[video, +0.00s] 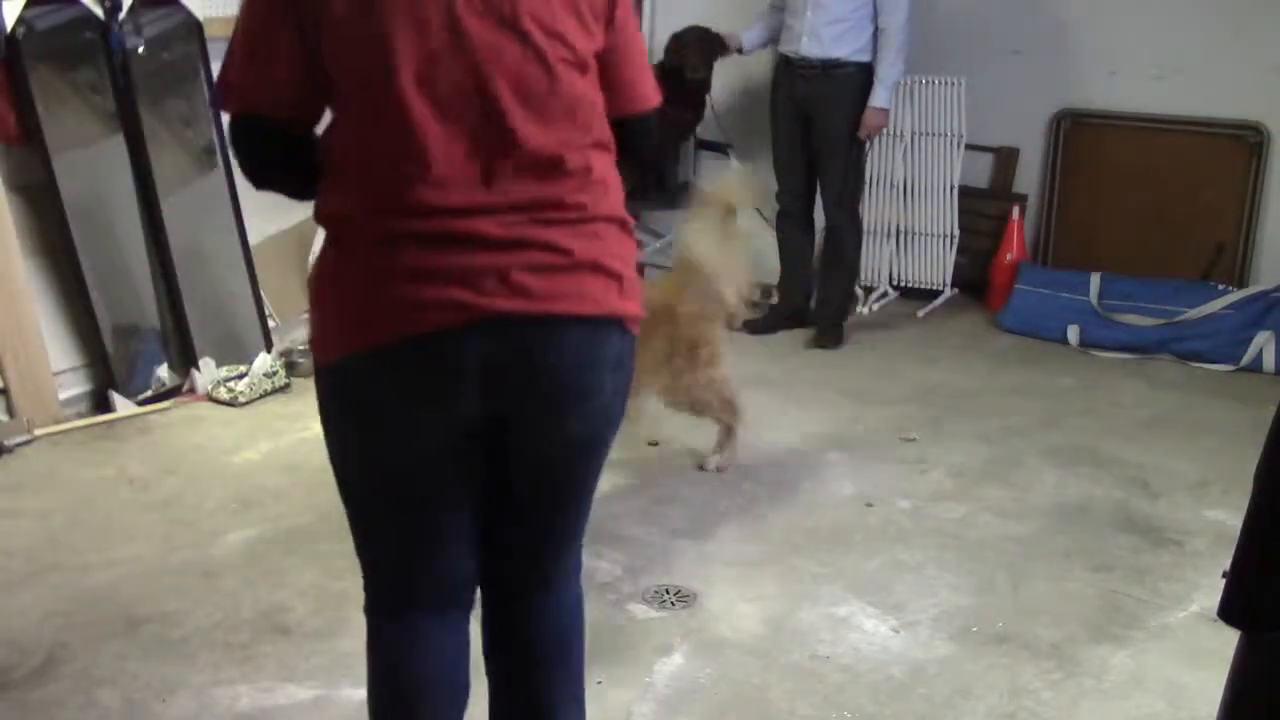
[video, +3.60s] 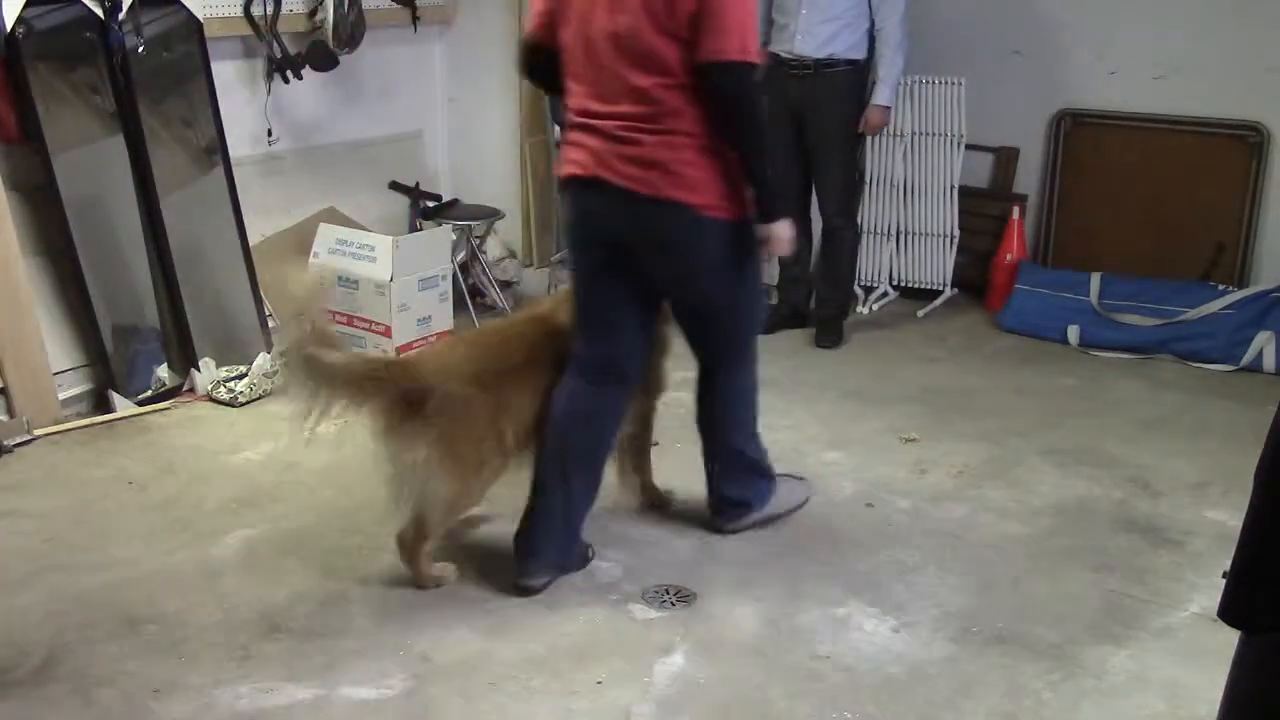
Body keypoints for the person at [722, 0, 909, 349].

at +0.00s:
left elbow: (894, 25)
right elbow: (780, 15)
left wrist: (880, 101)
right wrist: (739, 42)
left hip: (845, 79)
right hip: (790, 75)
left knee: (840, 207)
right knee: (792, 202)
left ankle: (831, 316)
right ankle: (792, 304)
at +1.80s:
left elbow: (885, 30)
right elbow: (765, 8)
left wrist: (834, 85)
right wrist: (761, 65)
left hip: (845, 81)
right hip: (787, 76)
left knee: (838, 207)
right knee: (791, 203)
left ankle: (831, 314)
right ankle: (792, 306)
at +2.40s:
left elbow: (891, 24)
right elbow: (760, 11)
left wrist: (886, 100)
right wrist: (758, 78)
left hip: (844, 80)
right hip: (787, 76)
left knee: (839, 209)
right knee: (790, 204)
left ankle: (831, 313)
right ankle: (792, 305)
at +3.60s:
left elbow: (891, 24)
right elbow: (760, 19)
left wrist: (882, 99)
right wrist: (754, 64)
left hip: (840, 79)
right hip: (780, 76)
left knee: (838, 209)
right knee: (787, 204)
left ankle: (831, 313)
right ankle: (792, 305)